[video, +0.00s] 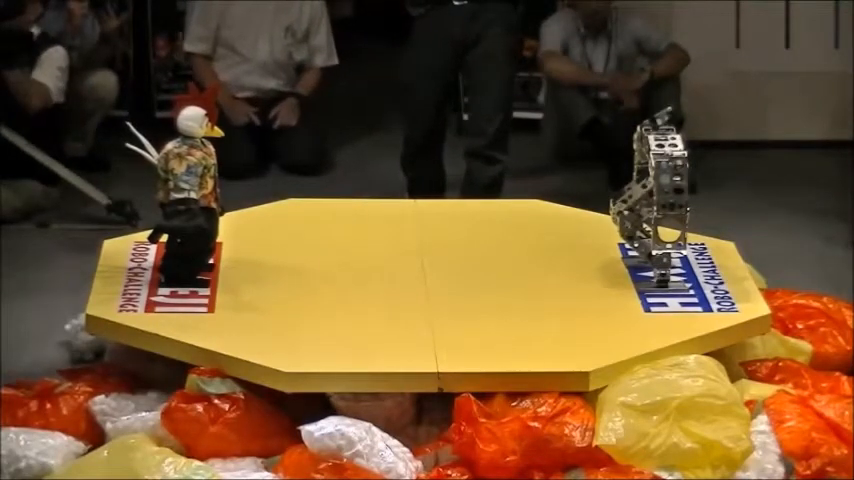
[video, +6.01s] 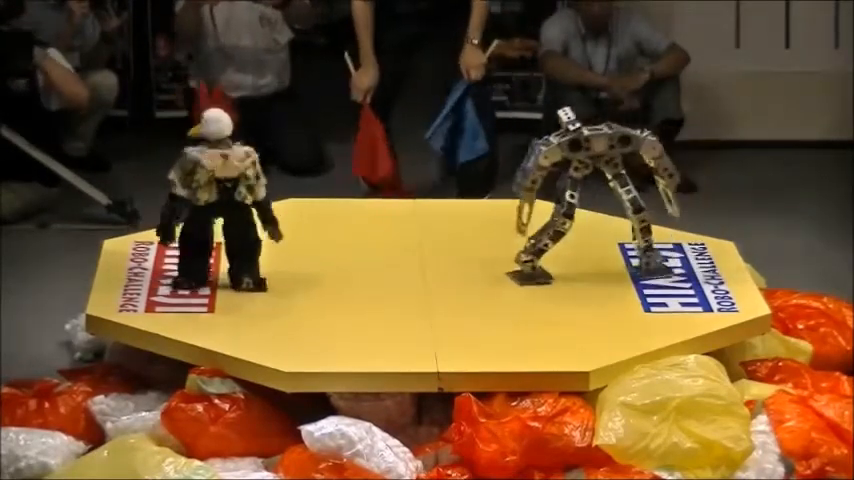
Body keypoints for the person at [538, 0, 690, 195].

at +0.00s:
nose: (597, 8)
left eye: (602, 4)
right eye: (589, 4)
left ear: (610, 5)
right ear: (574, 5)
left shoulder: (628, 25)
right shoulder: (559, 24)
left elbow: (679, 56)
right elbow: (552, 65)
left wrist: (644, 76)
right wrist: (609, 81)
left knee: (666, 80)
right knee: (561, 82)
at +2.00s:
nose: (595, 7)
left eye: (601, 2)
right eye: (588, 2)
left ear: (610, 4)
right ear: (575, 5)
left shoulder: (626, 24)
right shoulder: (557, 26)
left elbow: (679, 56)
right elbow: (555, 67)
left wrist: (644, 76)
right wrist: (612, 84)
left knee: (667, 82)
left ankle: (668, 167)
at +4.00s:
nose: (598, 9)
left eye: (604, 3)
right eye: (590, 3)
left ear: (611, 5)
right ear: (577, 5)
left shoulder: (628, 24)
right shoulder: (562, 22)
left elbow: (679, 56)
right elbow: (551, 64)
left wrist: (643, 76)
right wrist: (608, 83)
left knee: (667, 81)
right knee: (564, 88)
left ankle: (668, 166)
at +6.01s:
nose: (596, 10)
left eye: (603, 4)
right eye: (589, 4)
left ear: (613, 5)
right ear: (576, 6)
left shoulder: (629, 22)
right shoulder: (559, 24)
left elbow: (680, 56)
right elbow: (550, 64)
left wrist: (644, 75)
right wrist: (608, 83)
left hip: (627, 107)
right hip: (583, 107)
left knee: (668, 80)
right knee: (564, 85)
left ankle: (659, 161)